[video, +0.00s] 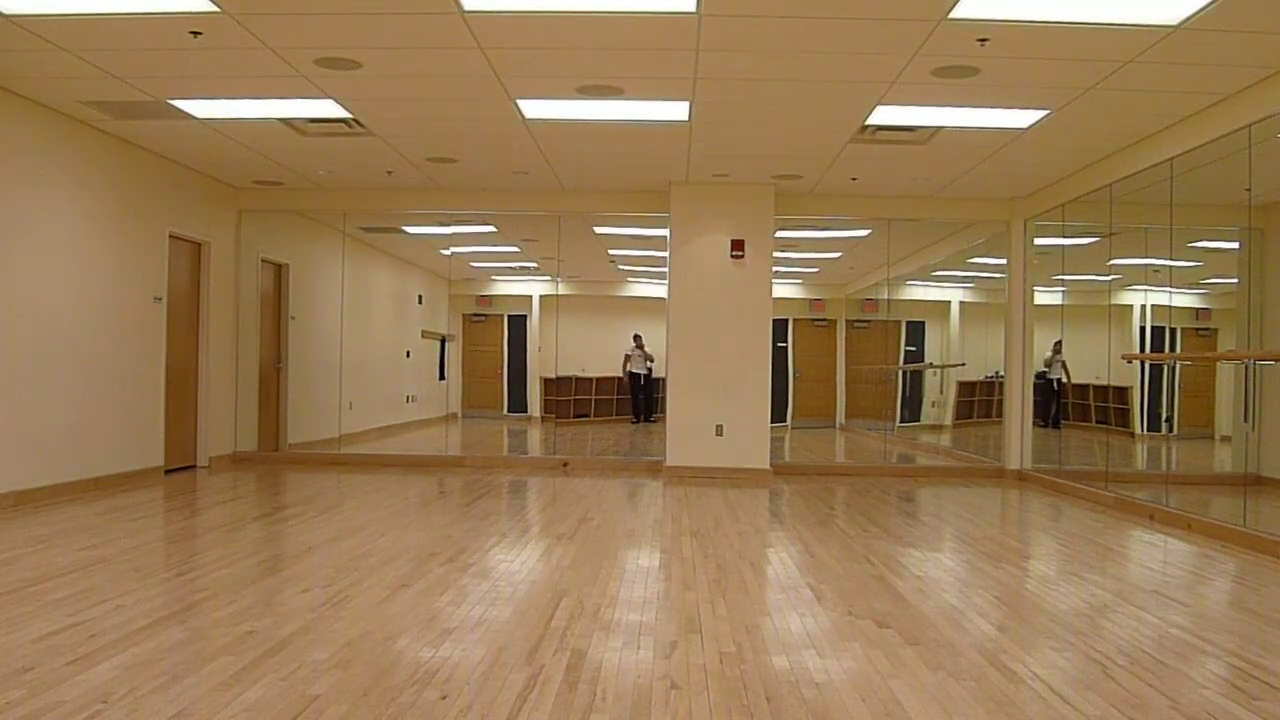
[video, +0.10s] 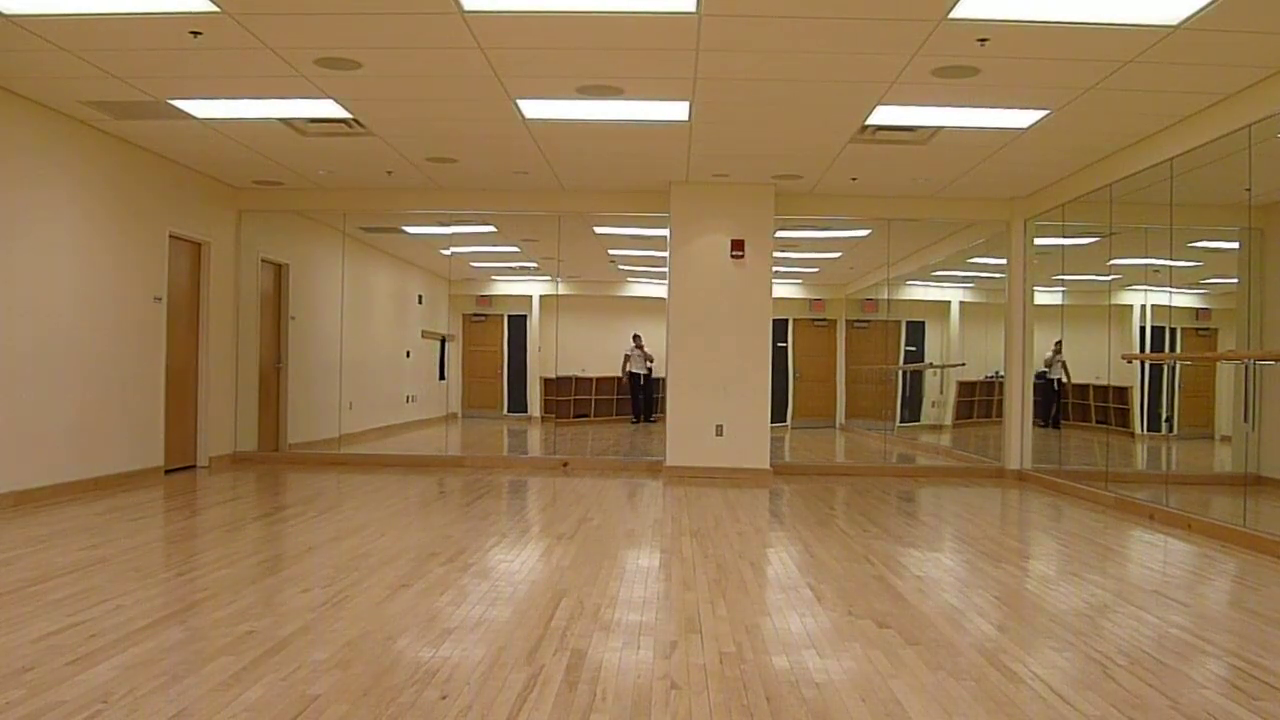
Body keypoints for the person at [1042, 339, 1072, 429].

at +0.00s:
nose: (1060, 348)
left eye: (1061, 346)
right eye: (1058, 346)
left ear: (1061, 348)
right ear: (1054, 347)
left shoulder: (1060, 357)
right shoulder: (1049, 355)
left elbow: (1065, 368)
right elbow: (1046, 365)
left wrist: (1069, 379)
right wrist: (1053, 355)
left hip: (1058, 378)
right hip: (1049, 377)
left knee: (1058, 400)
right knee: (1048, 399)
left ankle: (1056, 421)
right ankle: (1045, 420)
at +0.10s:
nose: (1060, 348)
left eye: (1061, 347)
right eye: (1059, 346)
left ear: (1062, 348)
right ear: (1055, 346)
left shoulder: (1061, 357)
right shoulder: (1049, 355)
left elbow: (1065, 368)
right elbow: (1047, 365)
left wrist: (1069, 380)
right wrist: (1054, 355)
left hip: (1058, 378)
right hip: (1050, 378)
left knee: (1058, 400)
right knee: (1049, 400)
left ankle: (1056, 421)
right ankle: (1046, 420)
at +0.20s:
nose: (1060, 349)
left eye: (1061, 347)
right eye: (1059, 346)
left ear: (1062, 348)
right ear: (1055, 346)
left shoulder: (1061, 357)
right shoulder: (1049, 355)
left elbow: (1065, 368)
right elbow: (1046, 364)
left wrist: (1068, 380)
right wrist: (1054, 355)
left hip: (1058, 378)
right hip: (1050, 378)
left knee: (1058, 400)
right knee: (1048, 399)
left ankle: (1056, 421)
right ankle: (1046, 420)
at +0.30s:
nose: (1060, 349)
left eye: (1061, 347)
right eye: (1059, 346)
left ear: (1062, 348)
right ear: (1055, 346)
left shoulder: (1061, 357)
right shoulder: (1049, 355)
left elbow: (1064, 368)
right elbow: (1047, 365)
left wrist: (1067, 380)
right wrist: (1053, 355)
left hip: (1058, 378)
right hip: (1050, 378)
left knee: (1058, 400)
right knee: (1048, 399)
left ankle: (1056, 421)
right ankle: (1046, 420)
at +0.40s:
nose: (1060, 348)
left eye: (1061, 346)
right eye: (1058, 346)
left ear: (1061, 347)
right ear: (1055, 347)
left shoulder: (1061, 357)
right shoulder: (1049, 355)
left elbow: (1064, 369)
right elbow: (1046, 365)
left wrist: (1066, 380)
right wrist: (1052, 355)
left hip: (1058, 378)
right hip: (1050, 378)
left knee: (1058, 400)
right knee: (1047, 399)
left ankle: (1056, 421)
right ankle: (1045, 420)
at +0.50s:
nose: (1060, 348)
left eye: (1061, 346)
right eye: (1058, 346)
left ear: (1061, 347)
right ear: (1054, 346)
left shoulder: (1061, 357)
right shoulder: (1048, 356)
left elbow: (1064, 370)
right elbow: (1045, 365)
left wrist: (1065, 380)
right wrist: (1051, 355)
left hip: (1057, 378)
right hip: (1049, 378)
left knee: (1057, 400)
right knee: (1047, 399)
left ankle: (1055, 421)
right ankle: (1045, 420)